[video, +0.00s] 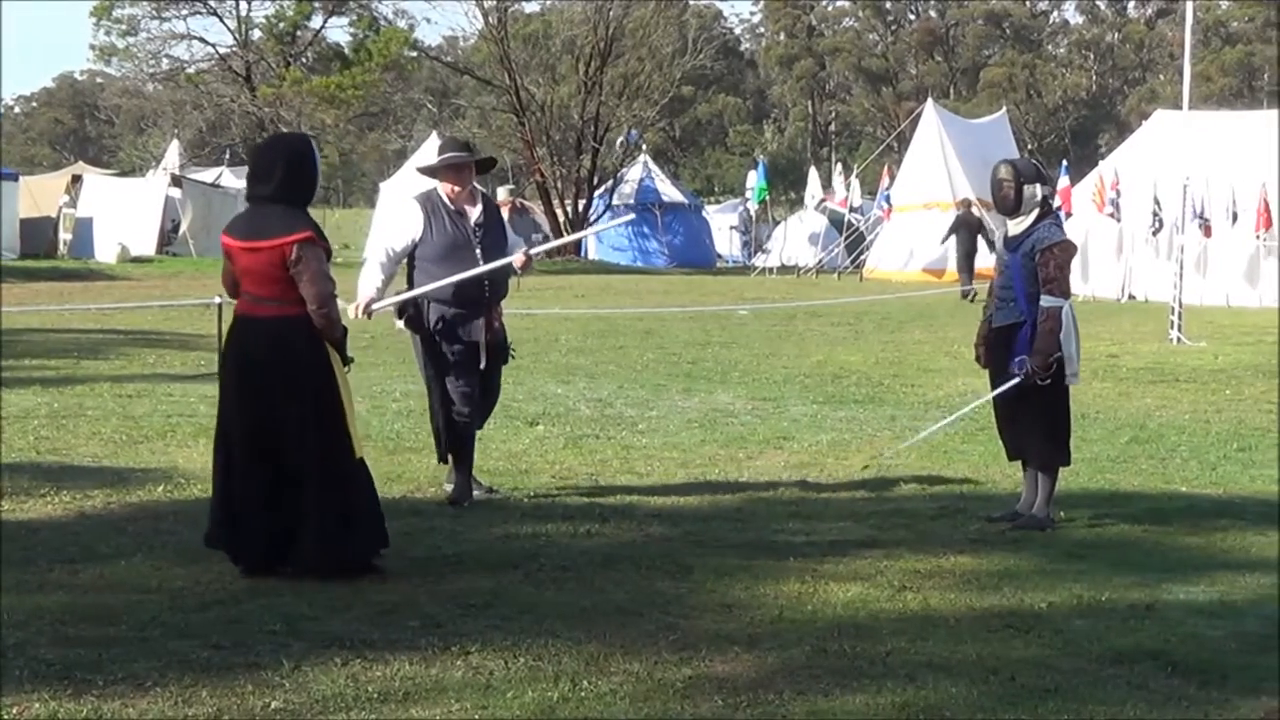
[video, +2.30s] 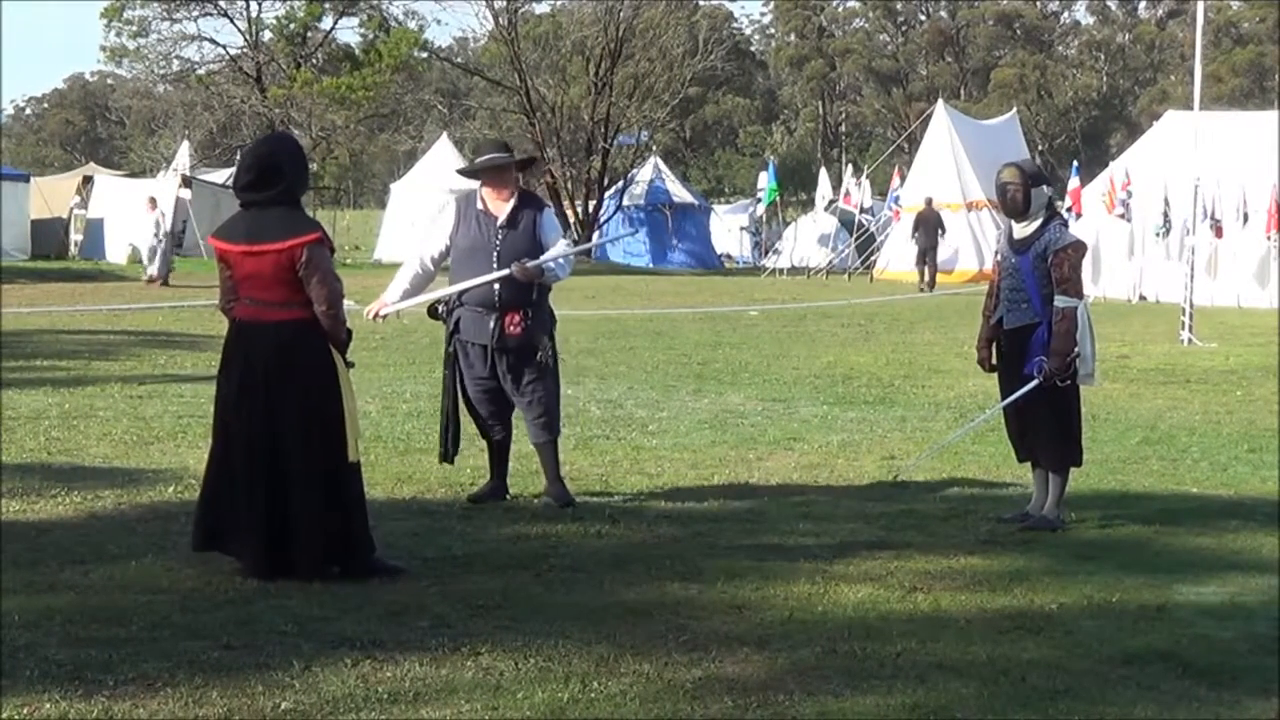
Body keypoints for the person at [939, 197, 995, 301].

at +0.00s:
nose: (960, 208)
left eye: (961, 206)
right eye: (961, 206)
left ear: (962, 206)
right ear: (971, 206)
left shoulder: (960, 218)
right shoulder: (977, 220)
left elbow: (951, 230)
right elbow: (985, 234)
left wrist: (944, 239)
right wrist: (991, 246)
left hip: (962, 248)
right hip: (973, 248)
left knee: (962, 269)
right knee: (970, 269)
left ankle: (970, 288)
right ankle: (965, 290)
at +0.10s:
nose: (957, 205)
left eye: (958, 203)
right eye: (958, 203)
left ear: (961, 204)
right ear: (968, 204)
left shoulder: (957, 216)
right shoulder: (974, 217)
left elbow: (950, 229)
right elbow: (979, 233)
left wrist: (944, 240)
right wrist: (982, 245)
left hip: (959, 247)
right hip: (970, 247)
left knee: (955, 268)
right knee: (968, 269)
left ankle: (963, 286)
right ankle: (968, 289)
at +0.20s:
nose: (959, 205)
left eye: (959, 203)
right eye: (962, 202)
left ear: (958, 203)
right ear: (967, 203)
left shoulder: (956, 215)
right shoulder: (973, 216)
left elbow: (950, 230)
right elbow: (978, 232)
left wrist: (945, 239)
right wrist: (974, 242)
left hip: (957, 247)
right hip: (969, 247)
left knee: (952, 266)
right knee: (969, 269)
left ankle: (958, 288)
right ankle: (967, 289)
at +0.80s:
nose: (948, 206)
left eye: (948, 204)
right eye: (950, 203)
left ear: (946, 205)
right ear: (954, 204)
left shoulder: (942, 217)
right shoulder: (961, 217)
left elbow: (934, 229)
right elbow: (969, 231)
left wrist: (931, 237)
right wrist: (972, 243)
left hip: (946, 248)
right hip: (956, 247)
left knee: (947, 269)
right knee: (956, 269)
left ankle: (948, 290)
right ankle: (954, 291)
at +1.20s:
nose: (942, 205)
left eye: (941, 203)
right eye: (944, 203)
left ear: (939, 204)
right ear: (947, 203)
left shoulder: (936, 215)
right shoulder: (952, 215)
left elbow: (930, 227)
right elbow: (958, 228)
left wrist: (926, 237)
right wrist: (960, 239)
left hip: (938, 246)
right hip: (950, 246)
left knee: (937, 265)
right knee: (950, 266)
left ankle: (941, 284)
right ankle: (949, 287)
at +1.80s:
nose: (932, 204)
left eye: (931, 202)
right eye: (933, 202)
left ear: (928, 202)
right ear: (935, 202)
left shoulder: (923, 213)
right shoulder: (940, 213)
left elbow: (916, 225)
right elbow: (946, 227)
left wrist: (912, 234)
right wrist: (952, 240)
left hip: (927, 243)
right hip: (937, 243)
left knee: (928, 265)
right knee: (938, 265)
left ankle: (929, 286)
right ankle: (936, 285)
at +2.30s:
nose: (928, 204)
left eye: (927, 202)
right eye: (930, 202)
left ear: (924, 203)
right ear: (932, 203)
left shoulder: (920, 214)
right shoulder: (936, 214)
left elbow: (915, 226)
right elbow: (942, 226)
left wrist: (913, 234)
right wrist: (942, 233)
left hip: (922, 243)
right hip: (933, 244)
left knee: (920, 262)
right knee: (932, 263)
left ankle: (921, 282)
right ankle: (931, 284)